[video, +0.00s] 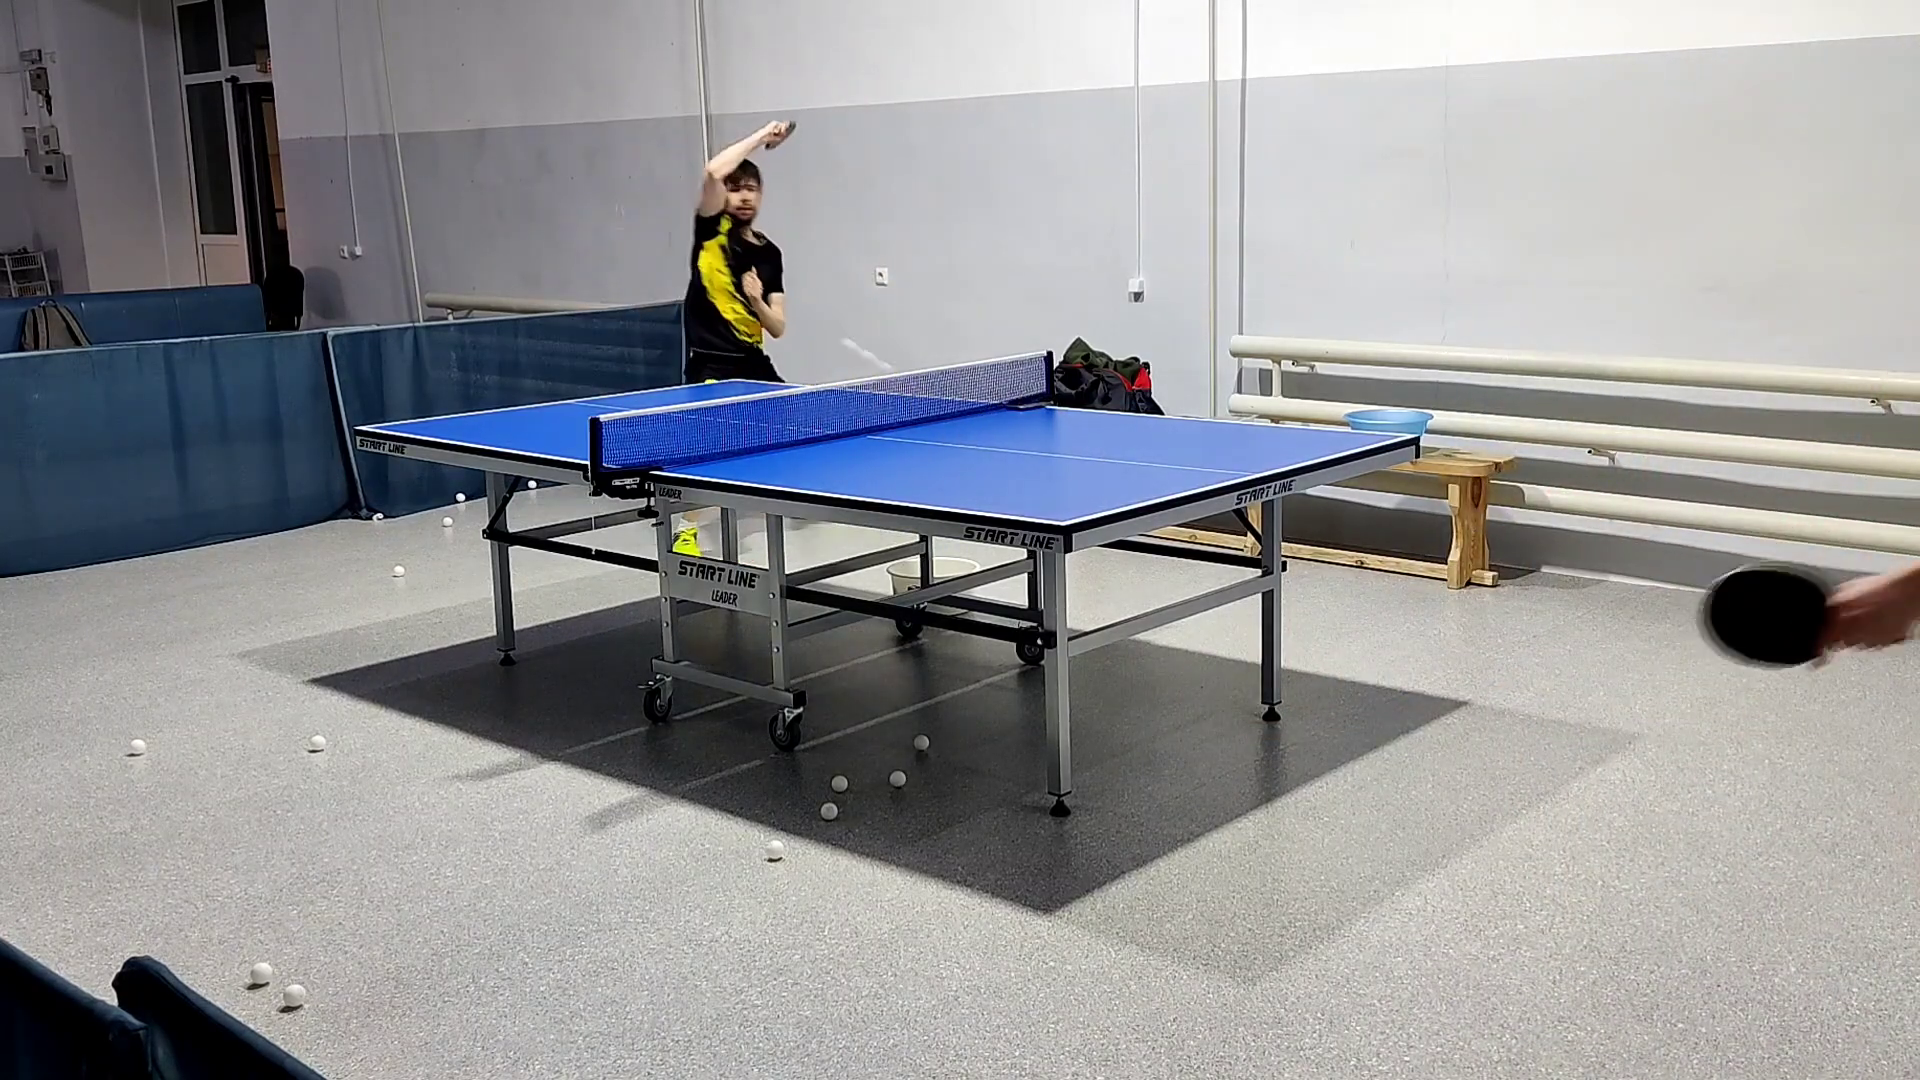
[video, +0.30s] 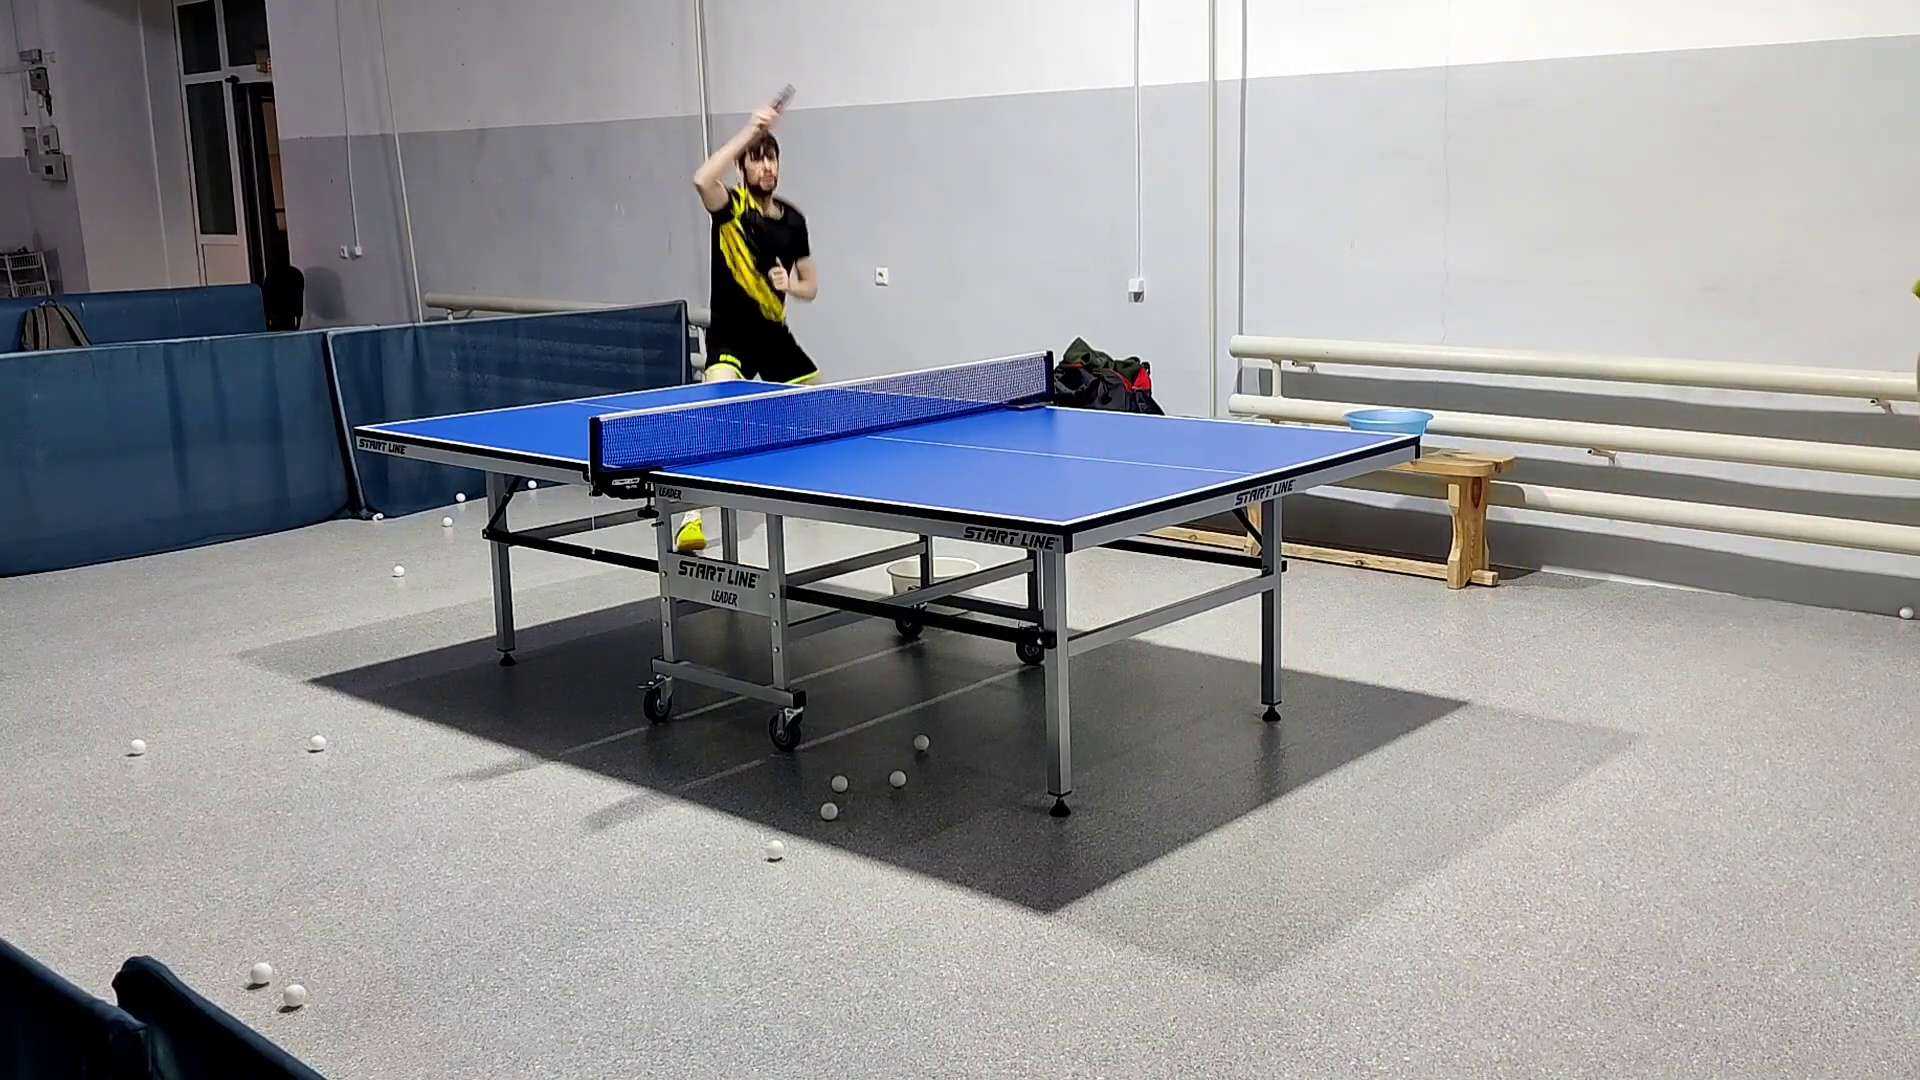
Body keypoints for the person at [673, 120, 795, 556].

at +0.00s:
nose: (744, 198)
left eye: (752, 189)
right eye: (737, 190)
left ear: (762, 196)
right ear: (724, 195)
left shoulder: (768, 252)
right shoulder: (711, 230)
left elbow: (778, 328)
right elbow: (713, 173)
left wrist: (757, 300)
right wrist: (761, 136)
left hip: (752, 361)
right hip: (708, 359)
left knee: (799, 421)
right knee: (710, 439)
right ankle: (690, 527)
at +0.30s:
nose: (766, 167)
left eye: (771, 158)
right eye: (758, 159)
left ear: (780, 165)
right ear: (746, 167)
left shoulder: (792, 221)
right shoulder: (730, 206)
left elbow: (809, 289)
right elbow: (703, 179)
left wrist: (790, 285)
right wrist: (750, 130)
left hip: (775, 335)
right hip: (731, 332)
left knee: (823, 405)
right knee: (713, 403)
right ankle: (692, 516)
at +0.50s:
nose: (751, 140)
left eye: (756, 131)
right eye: (740, 133)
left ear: (766, 136)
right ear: (726, 141)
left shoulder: (783, 187)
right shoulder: (714, 181)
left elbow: (813, 255)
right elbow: (669, 201)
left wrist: (788, 278)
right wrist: (693, 152)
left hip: (775, 310)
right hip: (727, 309)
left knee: (820, 400)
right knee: (717, 406)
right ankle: (713, 511)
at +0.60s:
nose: (744, 145)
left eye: (749, 135)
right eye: (734, 137)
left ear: (760, 139)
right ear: (721, 145)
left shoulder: (781, 191)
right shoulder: (708, 190)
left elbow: (811, 259)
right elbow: (666, 240)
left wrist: (785, 293)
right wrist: (680, 205)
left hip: (776, 313)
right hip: (725, 314)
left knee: (816, 401)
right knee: (714, 406)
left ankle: (830, 485)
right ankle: (713, 511)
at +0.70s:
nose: (739, 160)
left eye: (745, 149)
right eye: (730, 153)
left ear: (757, 152)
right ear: (719, 159)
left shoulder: (781, 202)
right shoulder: (708, 205)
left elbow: (813, 270)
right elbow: (672, 271)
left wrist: (781, 309)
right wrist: (676, 247)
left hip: (779, 318)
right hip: (726, 318)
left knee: (810, 410)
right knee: (714, 409)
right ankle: (714, 511)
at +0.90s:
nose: (710, 180)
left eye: (716, 170)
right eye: (701, 173)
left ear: (732, 170)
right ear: (694, 179)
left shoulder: (762, 213)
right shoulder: (693, 223)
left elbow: (794, 281)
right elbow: (669, 280)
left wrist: (751, 317)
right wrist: (652, 308)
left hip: (773, 325)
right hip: (724, 324)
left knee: (814, 411)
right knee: (688, 404)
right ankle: (660, 511)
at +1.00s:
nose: (679, 188)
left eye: (686, 177)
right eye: (672, 180)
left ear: (706, 172)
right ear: (668, 183)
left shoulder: (738, 214)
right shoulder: (672, 226)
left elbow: (771, 283)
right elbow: (653, 288)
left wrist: (722, 318)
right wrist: (633, 319)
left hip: (760, 334)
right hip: (709, 335)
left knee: (803, 409)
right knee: (674, 403)